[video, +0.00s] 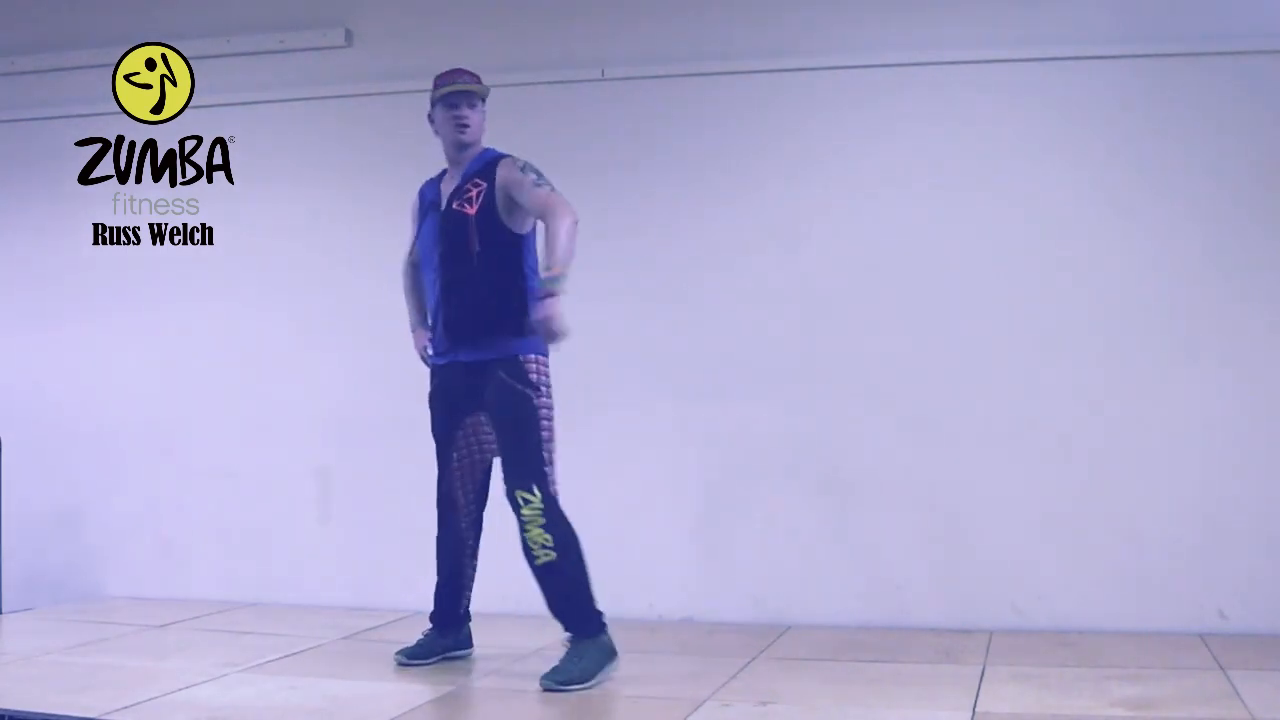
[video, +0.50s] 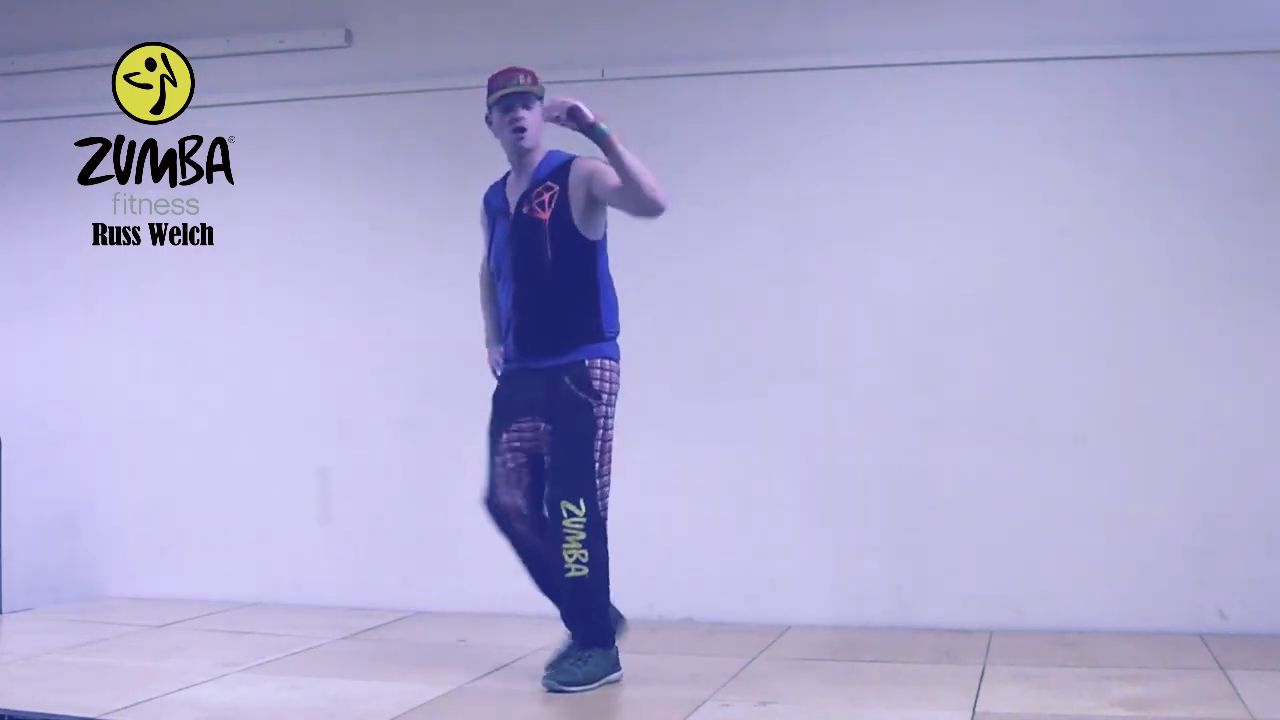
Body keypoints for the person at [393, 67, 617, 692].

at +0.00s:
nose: (462, 113)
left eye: (471, 103)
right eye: (450, 104)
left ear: (485, 114)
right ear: (432, 118)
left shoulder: (506, 171)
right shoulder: (428, 194)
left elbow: (562, 215)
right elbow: (414, 267)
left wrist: (551, 290)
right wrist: (418, 323)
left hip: (514, 363)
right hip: (452, 368)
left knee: (533, 503)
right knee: (456, 506)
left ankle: (590, 638)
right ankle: (450, 629)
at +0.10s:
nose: (476, 119)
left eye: (485, 109)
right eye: (464, 112)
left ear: (502, 119)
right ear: (448, 125)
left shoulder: (520, 176)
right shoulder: (445, 199)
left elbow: (560, 210)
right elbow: (430, 270)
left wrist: (605, 243)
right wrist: (430, 327)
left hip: (527, 368)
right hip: (464, 373)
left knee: (551, 507)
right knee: (457, 505)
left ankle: (594, 646)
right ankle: (451, 630)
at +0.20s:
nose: (491, 122)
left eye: (499, 111)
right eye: (478, 115)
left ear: (516, 118)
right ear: (463, 129)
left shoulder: (538, 171)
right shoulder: (471, 202)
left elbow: (568, 174)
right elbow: (464, 275)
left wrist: (600, 176)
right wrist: (467, 334)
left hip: (555, 366)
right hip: (495, 370)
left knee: (556, 505)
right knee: (441, 492)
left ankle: (595, 647)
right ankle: (453, 607)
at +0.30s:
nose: (498, 130)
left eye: (506, 120)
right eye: (485, 124)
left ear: (523, 128)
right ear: (470, 140)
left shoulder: (559, 181)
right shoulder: (483, 212)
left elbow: (629, 171)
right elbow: (483, 284)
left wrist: (608, 144)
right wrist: (490, 350)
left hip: (568, 372)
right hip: (507, 374)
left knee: (553, 511)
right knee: (436, 480)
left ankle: (594, 648)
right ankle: (479, 590)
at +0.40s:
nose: (508, 127)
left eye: (517, 116)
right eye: (495, 120)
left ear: (539, 123)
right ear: (482, 136)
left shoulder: (572, 179)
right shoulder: (491, 209)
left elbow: (652, 172)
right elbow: (494, 285)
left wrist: (593, 123)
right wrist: (497, 352)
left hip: (580, 371)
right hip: (518, 376)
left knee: (567, 509)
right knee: (465, 486)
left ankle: (596, 648)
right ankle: (543, 590)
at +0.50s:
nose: (518, 118)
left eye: (527, 106)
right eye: (506, 110)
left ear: (547, 115)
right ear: (492, 124)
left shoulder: (579, 172)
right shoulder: (494, 199)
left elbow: (653, 202)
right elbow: (491, 276)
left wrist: (599, 130)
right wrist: (494, 341)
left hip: (582, 365)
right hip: (521, 370)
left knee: (574, 504)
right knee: (507, 499)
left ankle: (595, 648)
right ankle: (593, 617)